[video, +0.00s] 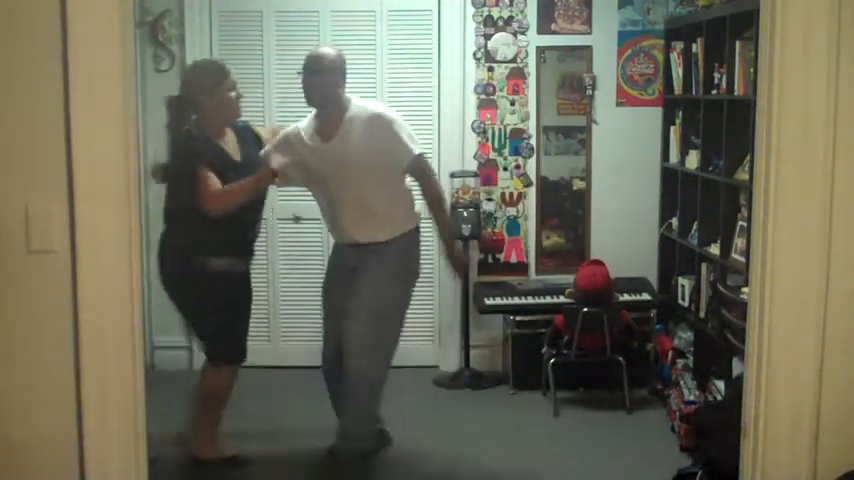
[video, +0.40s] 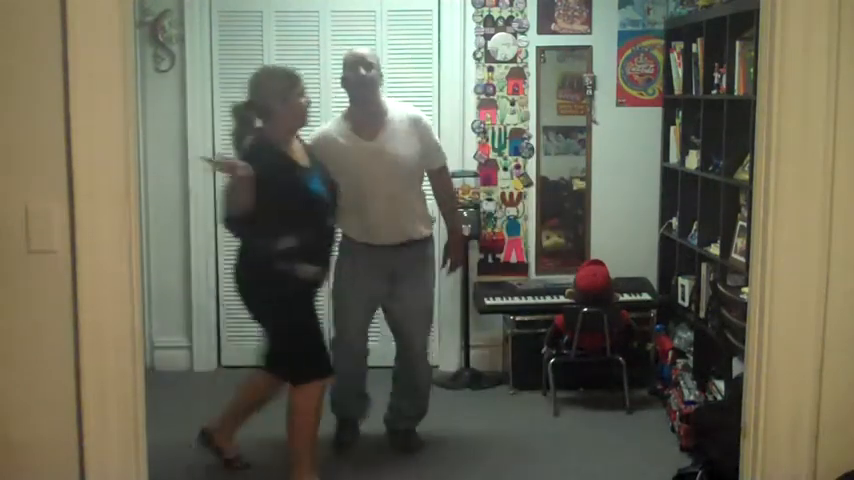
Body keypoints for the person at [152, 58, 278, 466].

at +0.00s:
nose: (238, 96)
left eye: (236, 89)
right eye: (229, 91)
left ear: (225, 97)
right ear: (204, 101)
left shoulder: (243, 134)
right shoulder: (192, 146)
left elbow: (280, 155)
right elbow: (213, 202)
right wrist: (262, 178)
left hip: (231, 258)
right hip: (193, 261)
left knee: (230, 350)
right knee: (224, 351)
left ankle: (207, 441)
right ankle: (203, 444)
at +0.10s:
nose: (251, 95)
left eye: (250, 88)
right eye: (242, 90)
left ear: (245, 95)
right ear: (216, 100)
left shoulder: (258, 136)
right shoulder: (205, 143)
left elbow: (293, 156)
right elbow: (203, 194)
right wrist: (249, 181)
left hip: (241, 260)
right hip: (204, 260)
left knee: (223, 357)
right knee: (256, 348)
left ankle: (206, 444)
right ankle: (267, 448)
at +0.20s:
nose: (269, 98)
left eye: (267, 91)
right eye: (260, 92)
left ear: (257, 99)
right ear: (235, 103)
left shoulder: (271, 138)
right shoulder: (220, 150)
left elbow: (288, 184)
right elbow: (197, 197)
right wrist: (212, 183)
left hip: (255, 264)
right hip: (223, 267)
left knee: (230, 360)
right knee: (283, 349)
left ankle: (207, 445)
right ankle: (310, 450)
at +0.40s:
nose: (307, 101)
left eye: (305, 94)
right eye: (298, 97)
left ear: (287, 104)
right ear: (273, 106)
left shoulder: (301, 148)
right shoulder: (259, 155)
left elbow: (323, 200)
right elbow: (240, 223)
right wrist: (243, 181)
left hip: (300, 271)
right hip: (266, 273)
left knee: (282, 365)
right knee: (312, 371)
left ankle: (221, 432)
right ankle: (303, 471)